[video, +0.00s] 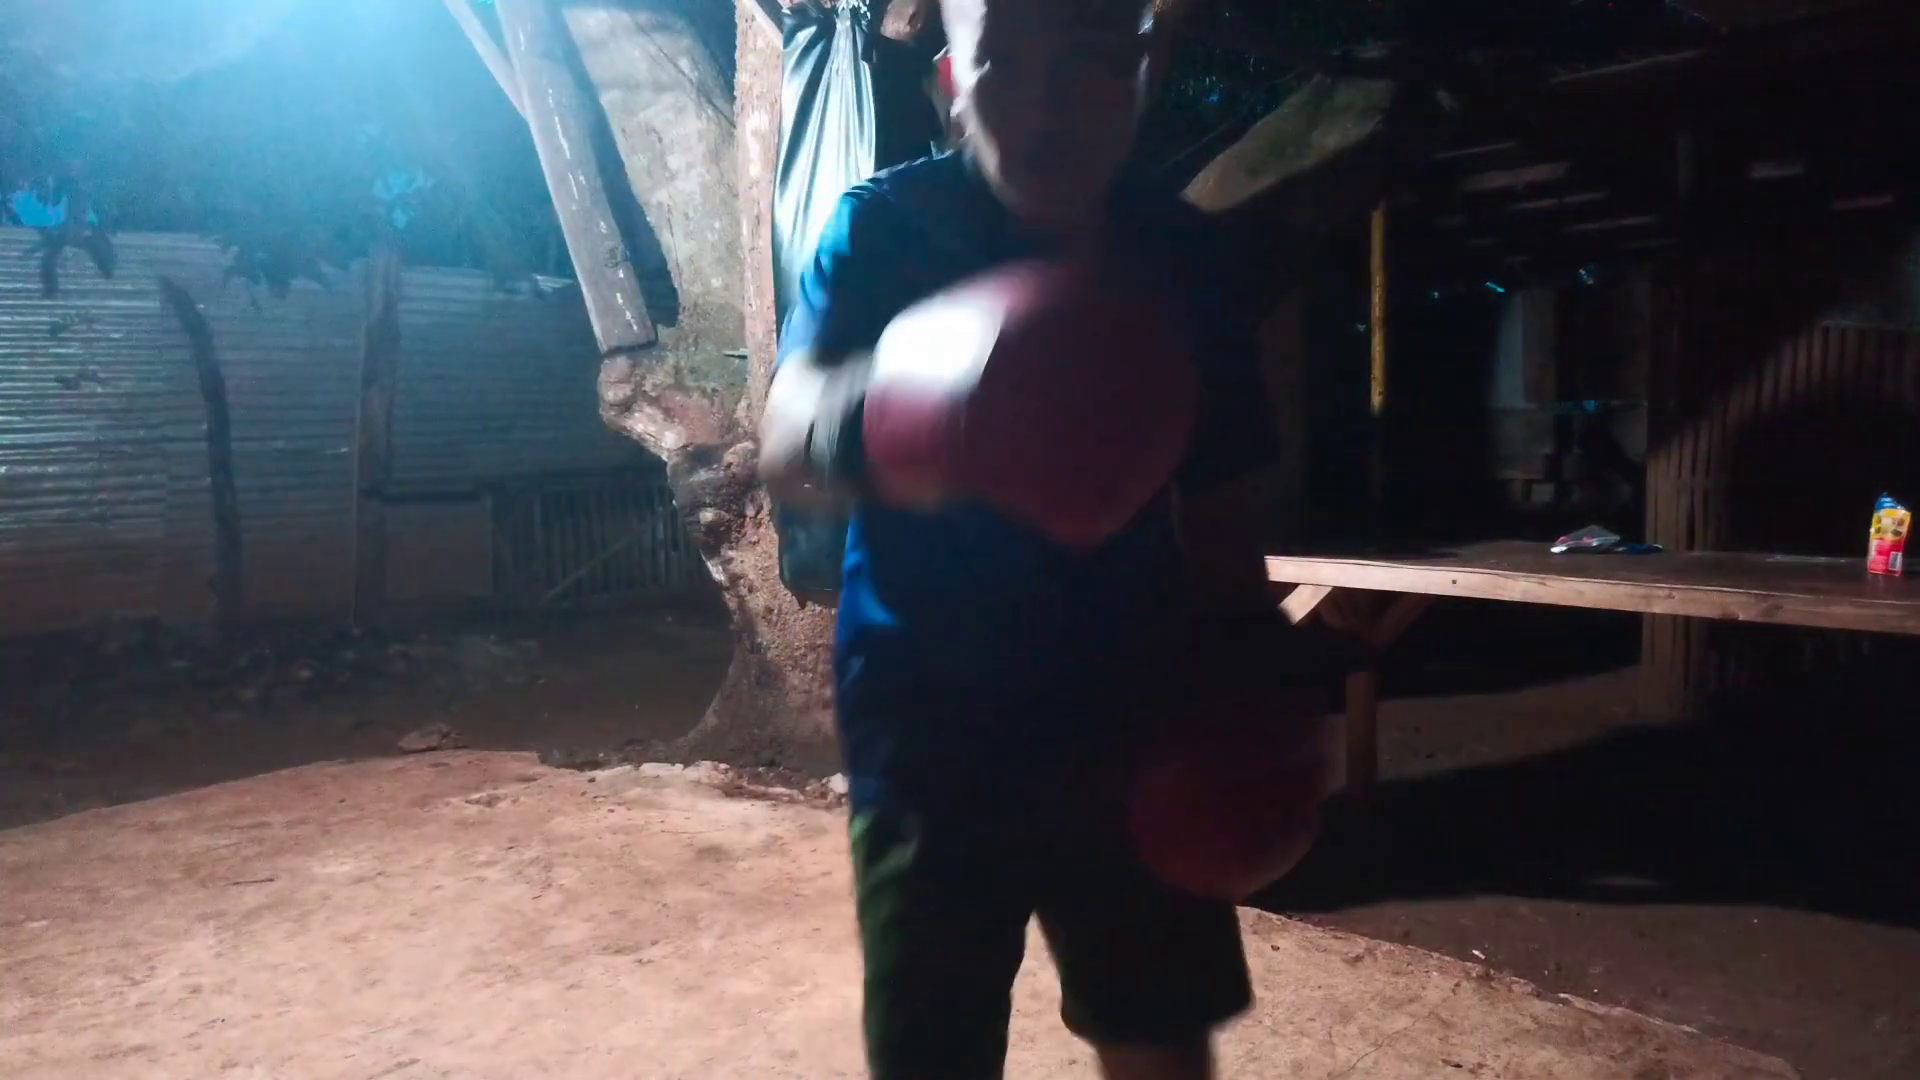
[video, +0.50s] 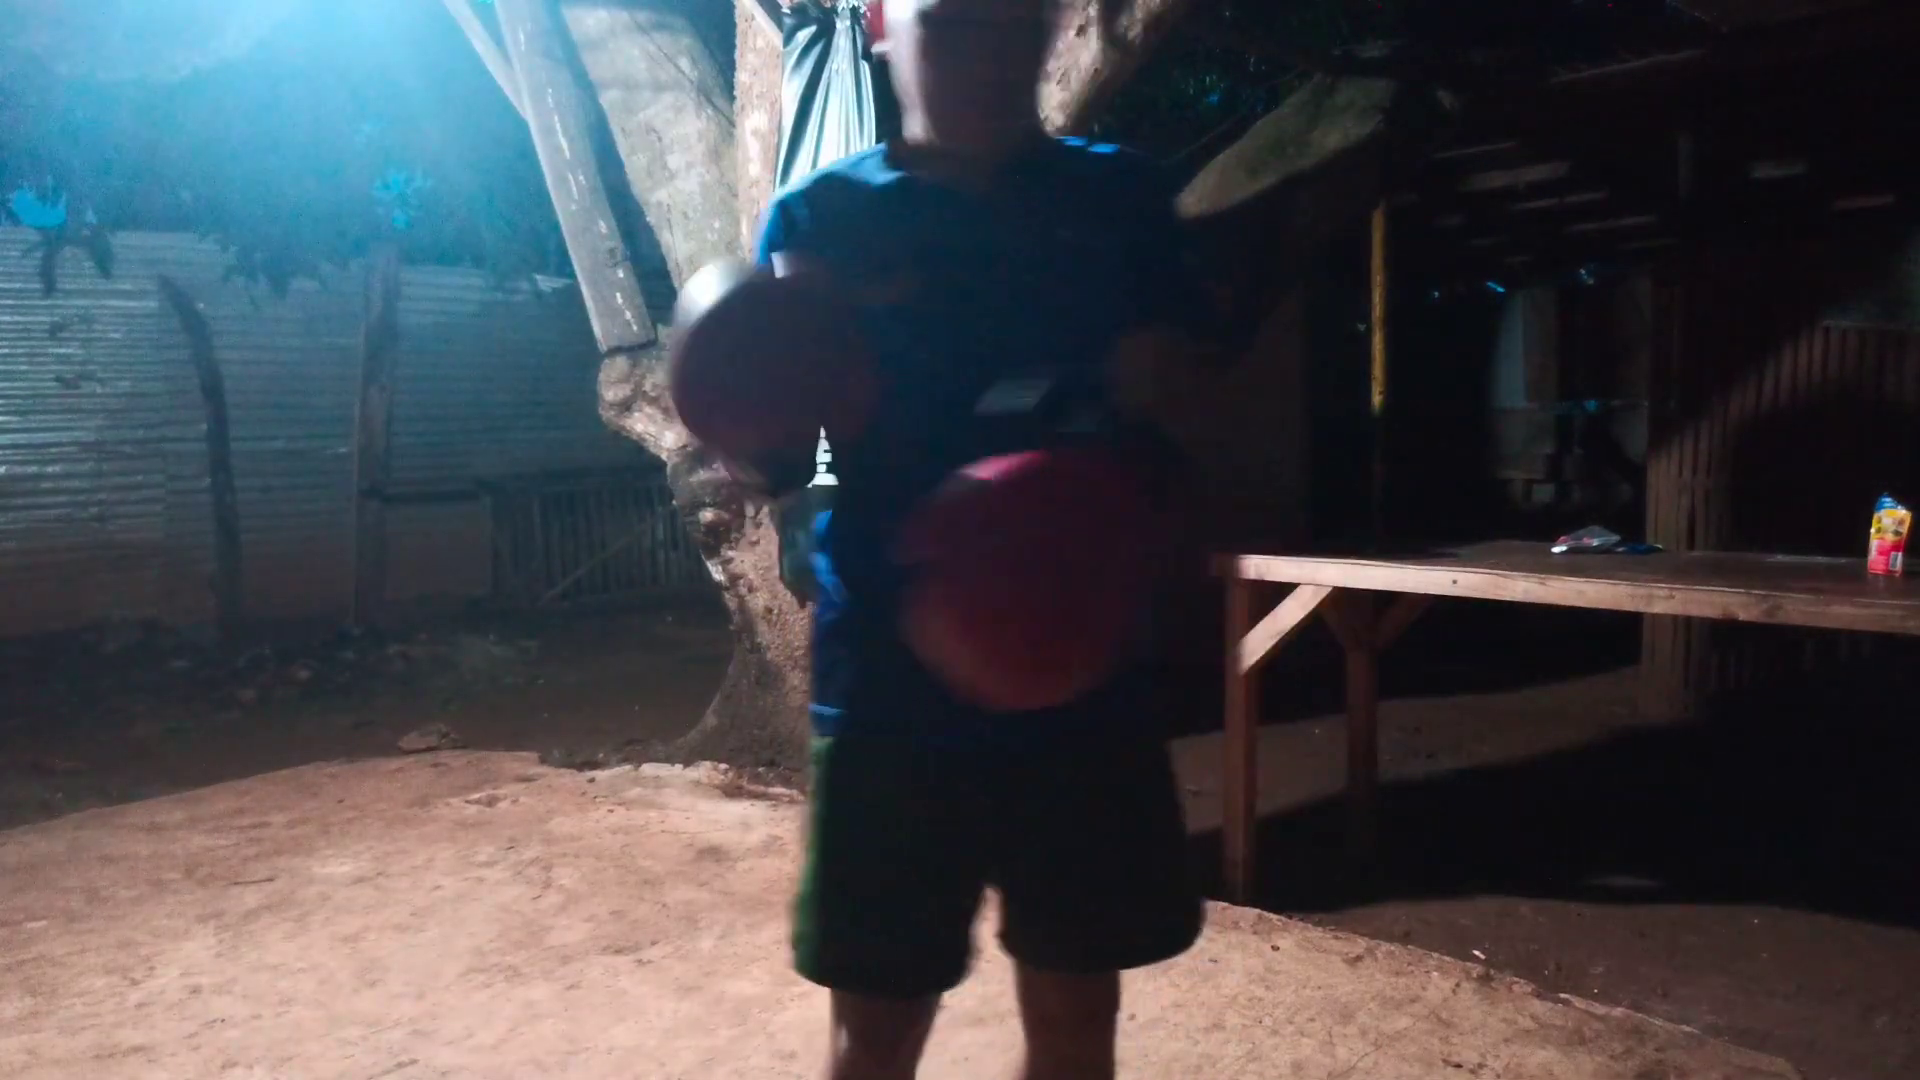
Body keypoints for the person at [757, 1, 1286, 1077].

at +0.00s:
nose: (1042, 102)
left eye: (1082, 62)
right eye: (1002, 63)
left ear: (1139, 77)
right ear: (949, 83)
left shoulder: (1184, 252)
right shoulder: (886, 226)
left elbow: (1224, 522)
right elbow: (786, 443)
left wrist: (1250, 727)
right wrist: (933, 418)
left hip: (1133, 726)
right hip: (933, 731)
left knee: (1160, 1048)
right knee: (927, 1058)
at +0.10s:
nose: (1055, 91)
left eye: (1091, 56)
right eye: (1021, 56)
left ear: (1144, 64)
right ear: (965, 59)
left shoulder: (1197, 237)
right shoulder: (895, 220)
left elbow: (1233, 498)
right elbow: (784, 452)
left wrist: (1264, 680)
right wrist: (867, 481)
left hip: (1140, 713)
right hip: (943, 719)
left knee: (1138, 1043)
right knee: (937, 1055)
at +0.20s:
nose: (1076, 80)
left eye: (1110, 47)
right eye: (1039, 44)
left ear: (1151, 49)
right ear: (968, 35)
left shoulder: (1194, 222)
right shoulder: (883, 210)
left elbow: (1244, 462)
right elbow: (804, 426)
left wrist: (1260, 623)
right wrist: (836, 511)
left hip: (1136, 692)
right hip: (939, 701)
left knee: (1119, 1024)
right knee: (943, 1044)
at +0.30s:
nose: (1071, 77)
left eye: (1104, 44)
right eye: (1037, 38)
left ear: (1138, 51)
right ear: (960, 30)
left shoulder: (1179, 218)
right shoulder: (868, 210)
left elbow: (1236, 436)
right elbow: (802, 402)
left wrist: (1216, 569)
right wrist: (819, 478)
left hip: (1118, 686)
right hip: (930, 689)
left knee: (1107, 1027)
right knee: (934, 1041)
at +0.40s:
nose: (1038, 58)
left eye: (1068, 28)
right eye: (1002, 24)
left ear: (1101, 41)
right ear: (927, 26)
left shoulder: (1154, 207)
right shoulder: (845, 215)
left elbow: (1214, 426)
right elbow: (816, 425)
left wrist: (1161, 519)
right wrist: (793, 436)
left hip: (1105, 683)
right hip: (916, 690)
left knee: (1094, 1023)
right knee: (901, 1038)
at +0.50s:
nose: (974, 44)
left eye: (1004, 18)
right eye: (943, 19)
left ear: (1049, 32)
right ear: (880, 33)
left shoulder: (1123, 199)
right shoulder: (829, 215)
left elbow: (1182, 421)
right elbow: (773, 460)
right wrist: (756, 411)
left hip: (1087, 685)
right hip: (889, 695)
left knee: (1074, 1022)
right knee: (877, 1036)